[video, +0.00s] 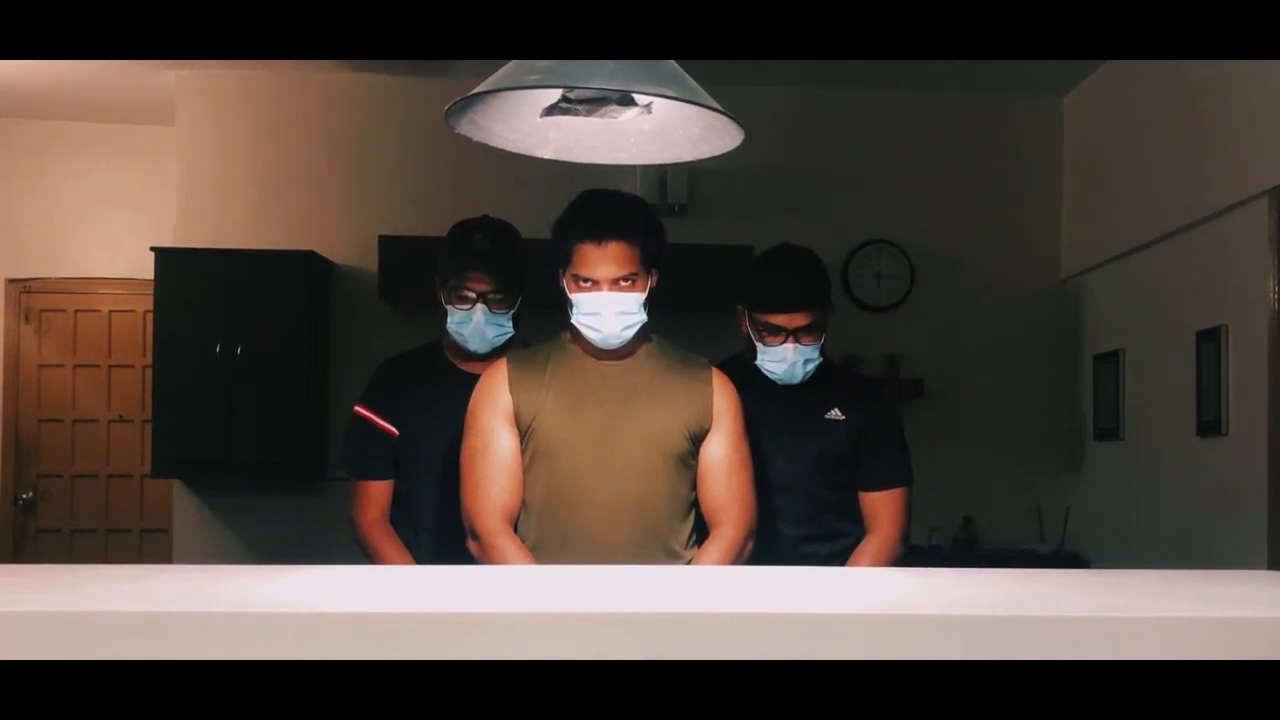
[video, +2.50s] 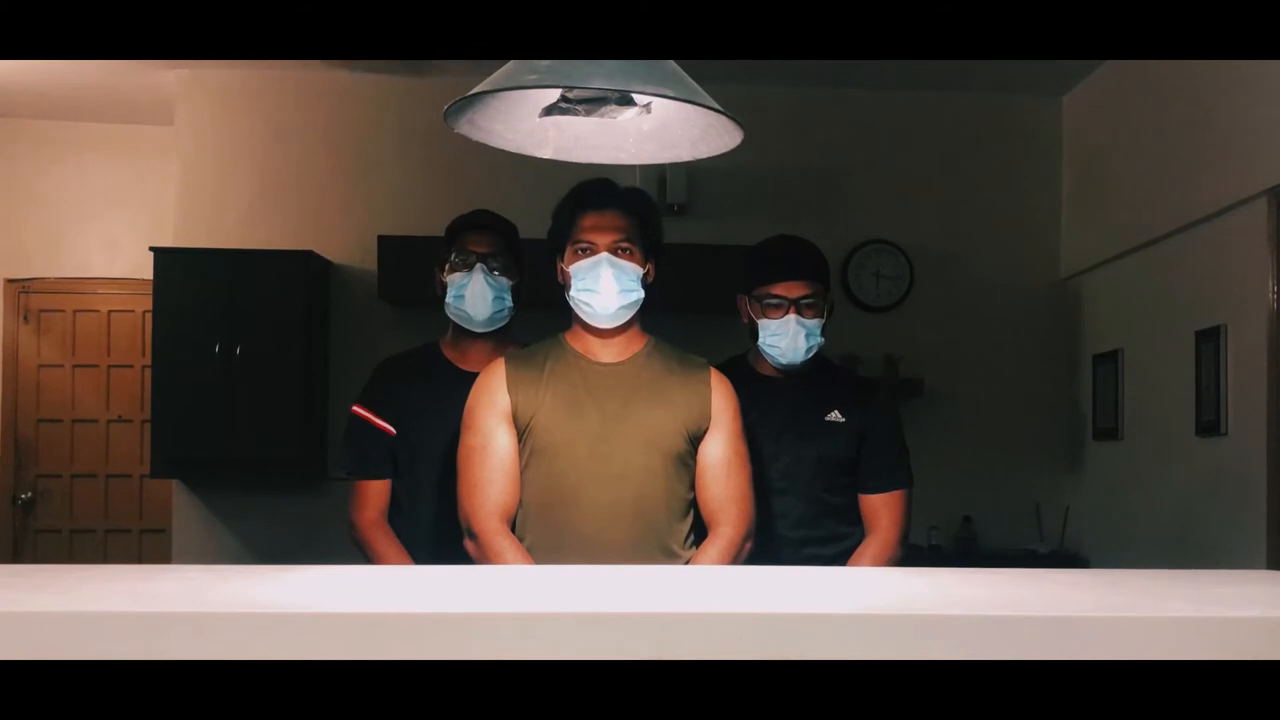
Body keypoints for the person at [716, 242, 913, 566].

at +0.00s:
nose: (790, 348)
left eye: (807, 332)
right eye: (772, 332)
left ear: (826, 323)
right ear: (745, 322)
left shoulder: (862, 400)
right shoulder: (716, 393)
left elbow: (885, 535)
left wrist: (832, 605)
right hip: (740, 591)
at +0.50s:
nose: (791, 342)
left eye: (807, 326)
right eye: (772, 326)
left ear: (826, 319)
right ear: (746, 320)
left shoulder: (863, 399)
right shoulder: (716, 393)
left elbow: (886, 535)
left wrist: (832, 606)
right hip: (740, 591)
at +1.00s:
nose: (792, 335)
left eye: (808, 320)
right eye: (773, 320)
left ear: (827, 315)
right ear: (746, 315)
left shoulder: (863, 399)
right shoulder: (716, 392)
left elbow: (886, 536)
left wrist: (832, 606)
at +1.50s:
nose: (791, 330)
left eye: (807, 314)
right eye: (773, 314)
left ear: (826, 313)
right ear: (746, 313)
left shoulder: (862, 399)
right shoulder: (714, 393)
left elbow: (885, 536)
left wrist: (831, 611)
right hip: (738, 593)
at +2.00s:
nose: (791, 326)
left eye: (807, 310)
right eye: (773, 309)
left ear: (826, 310)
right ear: (746, 310)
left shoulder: (863, 400)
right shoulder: (712, 394)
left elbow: (885, 537)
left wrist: (830, 611)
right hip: (737, 595)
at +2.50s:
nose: (792, 319)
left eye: (808, 305)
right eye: (774, 304)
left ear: (826, 309)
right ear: (747, 309)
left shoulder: (862, 401)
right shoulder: (710, 393)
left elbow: (885, 536)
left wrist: (831, 611)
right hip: (736, 596)